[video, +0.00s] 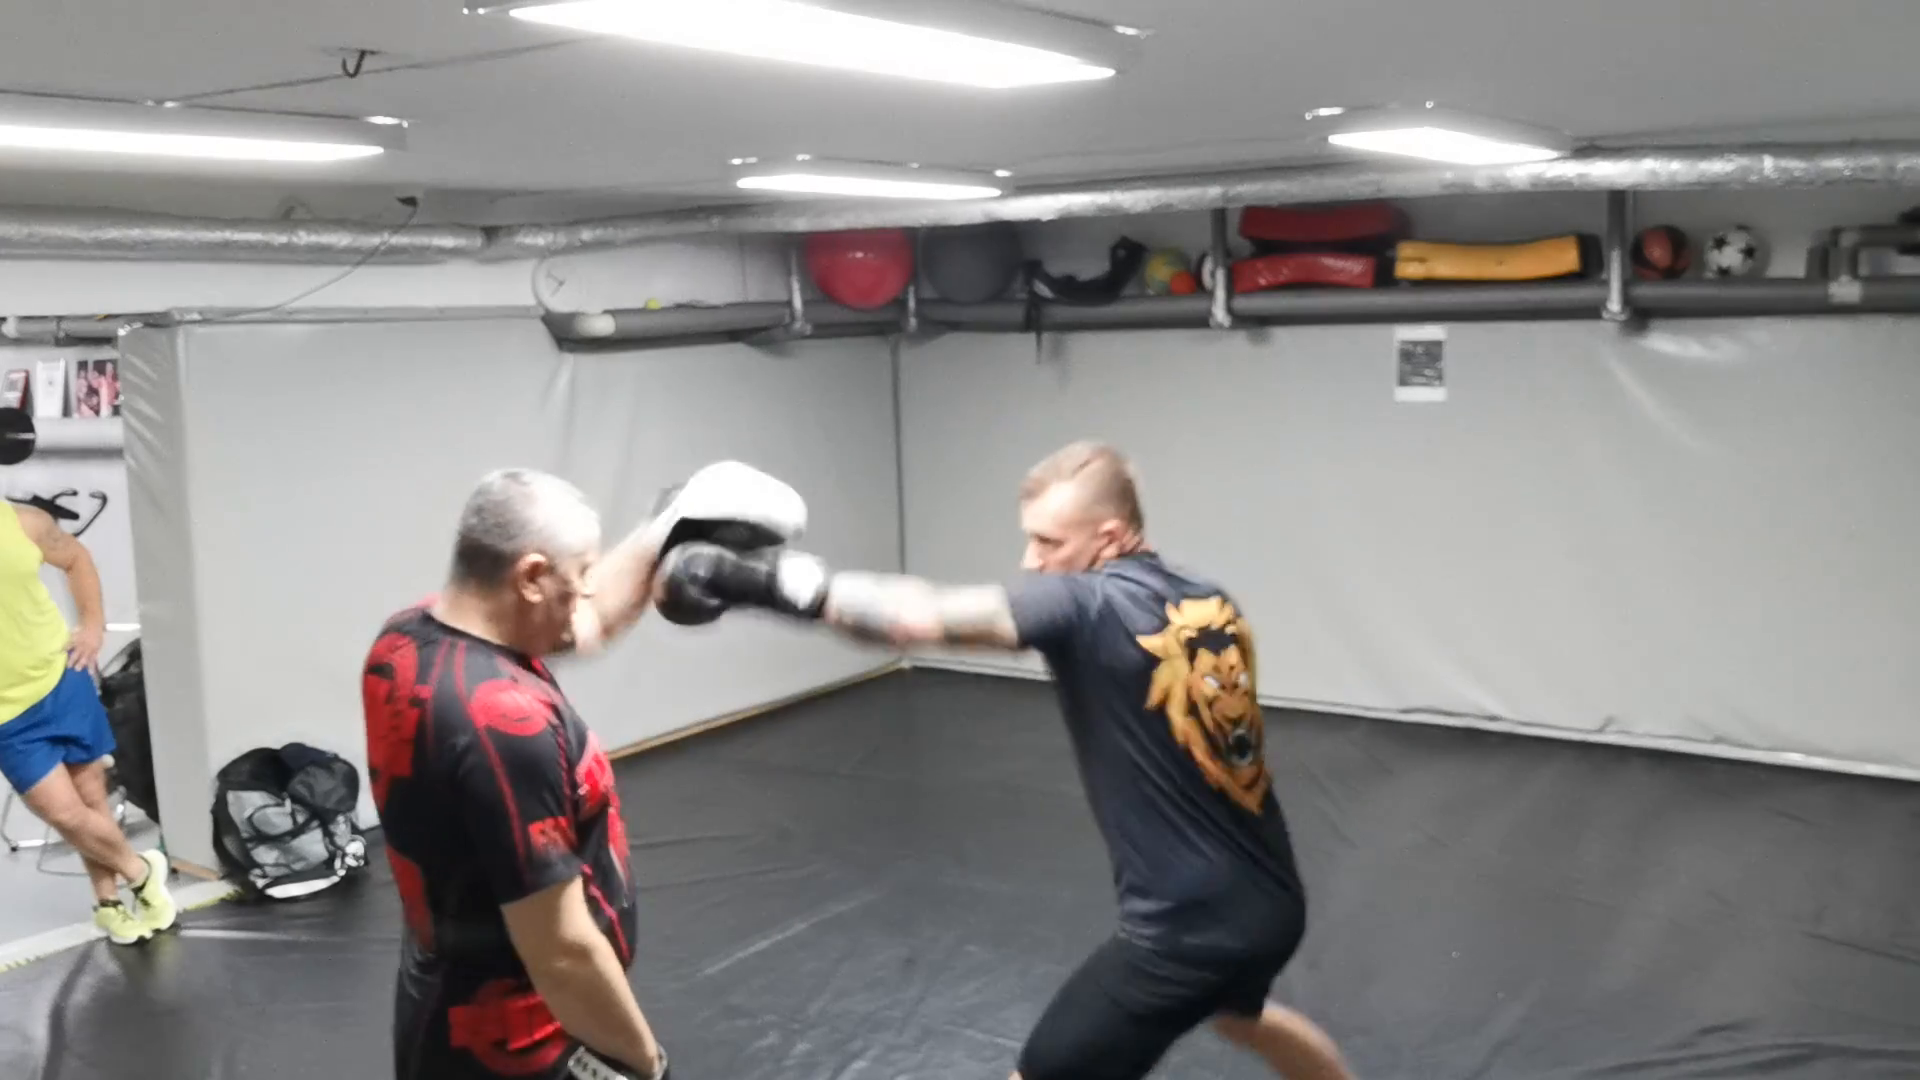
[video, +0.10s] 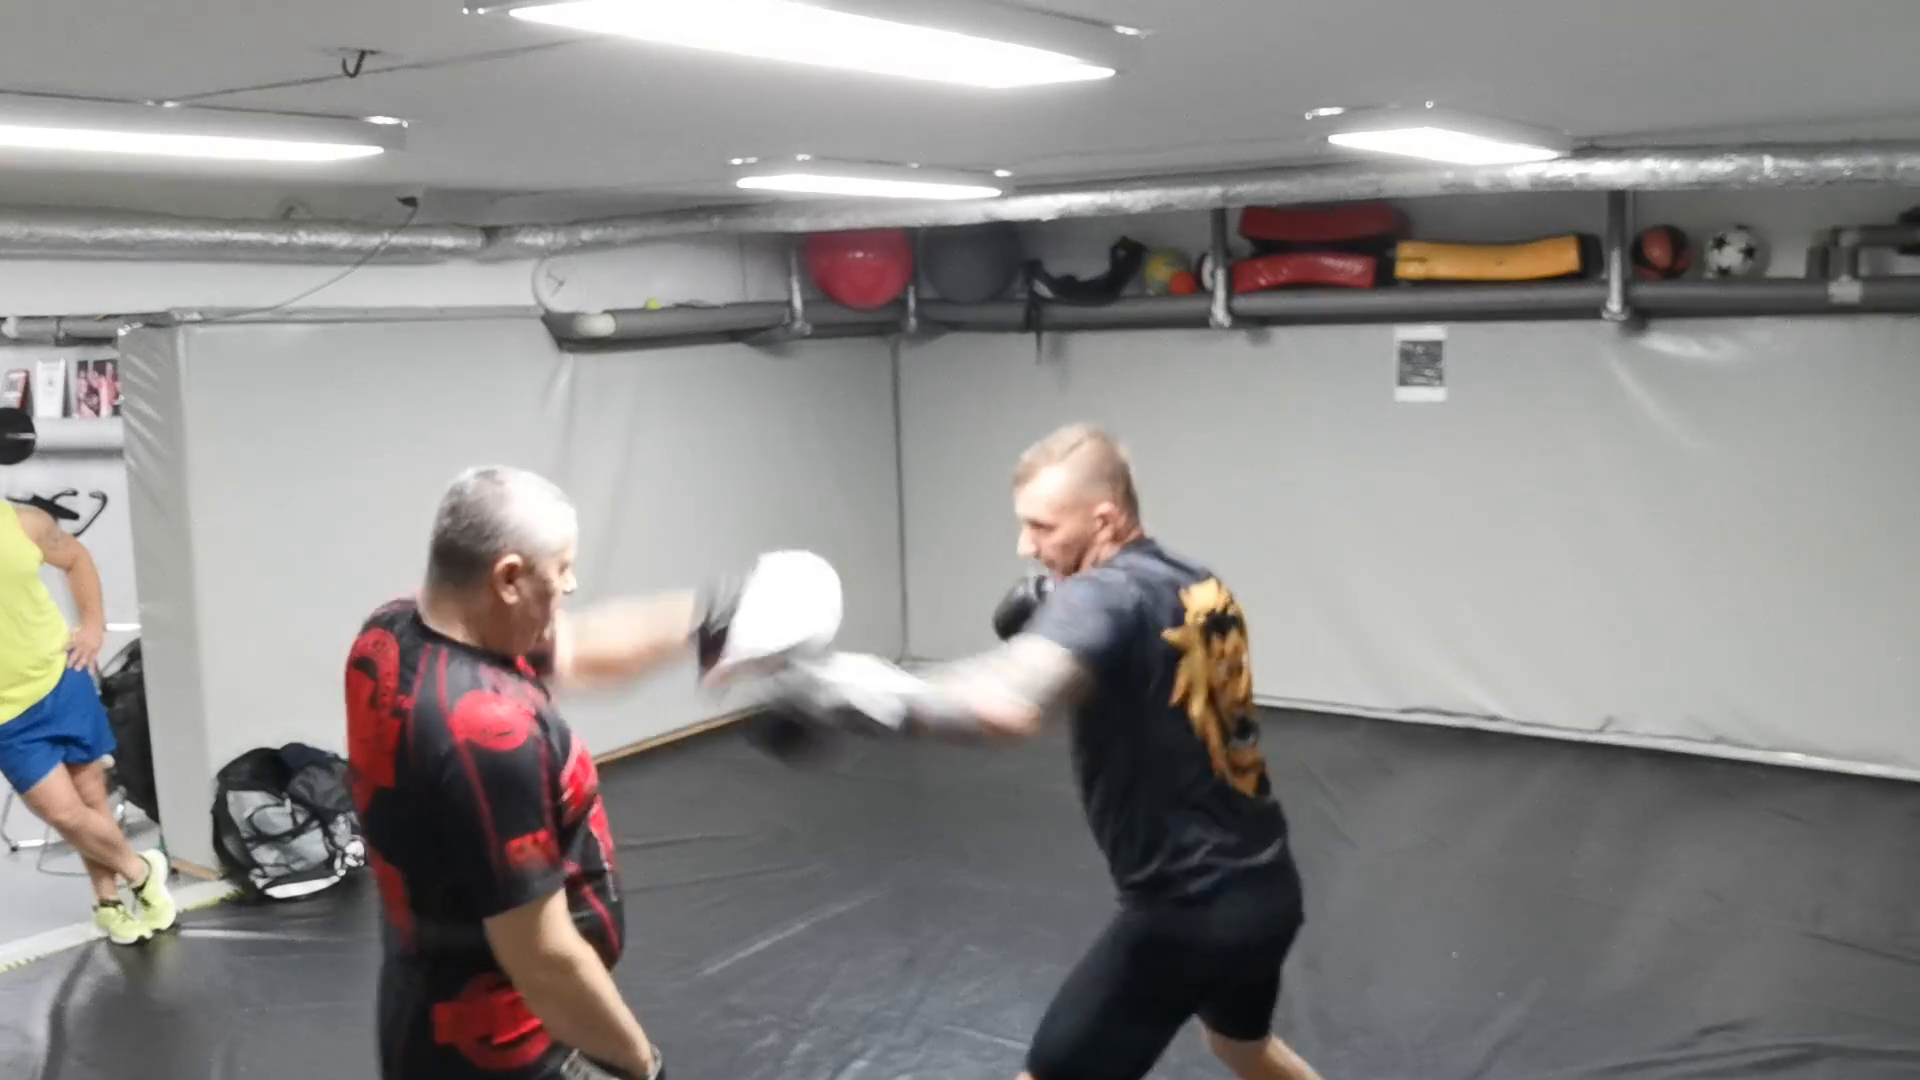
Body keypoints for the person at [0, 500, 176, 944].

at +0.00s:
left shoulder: (22, 523)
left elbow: (76, 558)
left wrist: (92, 624)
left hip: (61, 682)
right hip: (8, 714)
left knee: (91, 798)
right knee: (65, 816)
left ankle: (108, 902)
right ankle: (141, 872)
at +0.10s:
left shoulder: (21, 523)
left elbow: (77, 558)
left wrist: (92, 624)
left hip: (61, 681)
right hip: (8, 714)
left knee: (91, 798)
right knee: (64, 816)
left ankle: (108, 901)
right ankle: (141, 872)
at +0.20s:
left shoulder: (21, 523)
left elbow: (76, 557)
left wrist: (92, 624)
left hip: (62, 682)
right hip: (8, 714)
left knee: (91, 798)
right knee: (64, 815)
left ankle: (108, 901)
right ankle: (141, 872)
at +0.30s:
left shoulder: (22, 523)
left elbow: (77, 558)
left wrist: (92, 623)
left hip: (61, 681)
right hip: (8, 714)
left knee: (91, 797)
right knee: (65, 815)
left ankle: (108, 901)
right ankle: (141, 872)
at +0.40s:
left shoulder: (21, 523)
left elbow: (77, 558)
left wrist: (92, 623)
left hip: (61, 682)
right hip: (7, 715)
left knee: (91, 798)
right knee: (65, 816)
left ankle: (108, 901)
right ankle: (141, 873)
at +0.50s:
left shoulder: (20, 523)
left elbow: (76, 558)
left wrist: (92, 623)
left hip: (61, 682)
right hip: (7, 715)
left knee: (91, 798)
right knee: (66, 817)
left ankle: (108, 901)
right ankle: (141, 873)